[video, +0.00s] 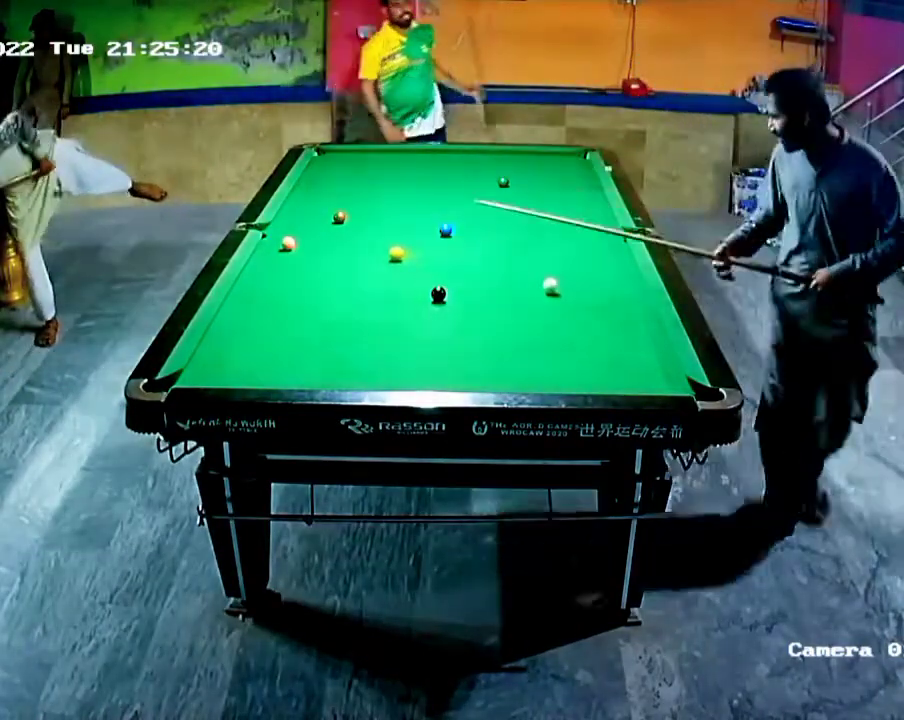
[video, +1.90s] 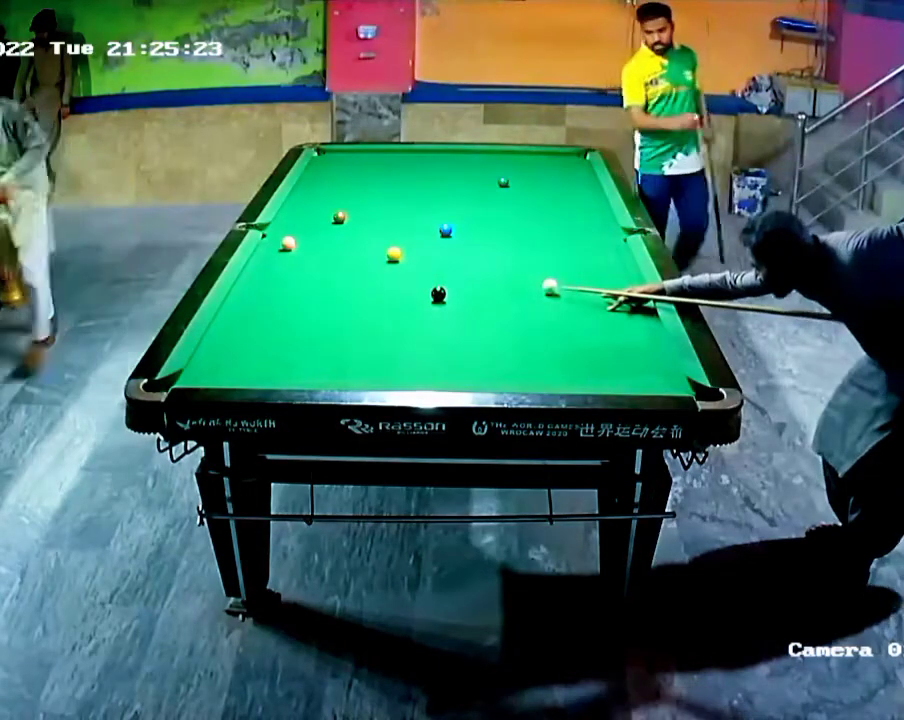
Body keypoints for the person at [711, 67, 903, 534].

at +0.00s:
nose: (770, 126)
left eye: (778, 116)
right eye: (768, 116)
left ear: (809, 113)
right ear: (780, 114)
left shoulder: (865, 167)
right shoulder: (783, 158)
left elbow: (897, 242)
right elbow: (777, 211)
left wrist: (845, 269)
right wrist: (740, 244)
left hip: (844, 322)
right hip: (791, 313)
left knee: (834, 422)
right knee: (778, 415)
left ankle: (804, 476)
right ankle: (782, 504)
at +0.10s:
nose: (777, 125)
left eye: (785, 116)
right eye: (775, 115)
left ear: (816, 115)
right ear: (796, 116)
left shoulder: (870, 170)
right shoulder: (789, 161)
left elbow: (903, 247)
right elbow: (774, 214)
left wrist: (850, 275)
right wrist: (733, 242)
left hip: (852, 328)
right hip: (796, 318)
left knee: (844, 440)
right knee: (782, 423)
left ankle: (834, 534)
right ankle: (778, 519)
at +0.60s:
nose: (809, 158)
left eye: (816, 147)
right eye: (808, 147)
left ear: (846, 145)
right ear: (820, 148)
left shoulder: (894, 198)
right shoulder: (832, 193)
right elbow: (786, 238)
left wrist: (890, 313)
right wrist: (720, 272)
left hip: (898, 343)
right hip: (865, 330)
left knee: (870, 454)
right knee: (833, 432)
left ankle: (859, 566)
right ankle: (837, 524)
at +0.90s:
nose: (783, 211)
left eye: (788, 199)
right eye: (780, 200)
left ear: (816, 192)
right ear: (803, 198)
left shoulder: (880, 234)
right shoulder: (813, 230)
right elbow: (751, 257)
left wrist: (894, 324)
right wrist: (681, 285)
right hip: (886, 339)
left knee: (878, 442)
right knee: (854, 423)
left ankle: (866, 545)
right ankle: (859, 527)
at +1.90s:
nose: (770, 277)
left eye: (773, 269)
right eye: (766, 269)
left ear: (795, 256)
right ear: (780, 258)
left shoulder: (868, 257)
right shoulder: (802, 266)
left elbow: (903, 231)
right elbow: (733, 283)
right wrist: (659, 287)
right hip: (885, 365)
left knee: (874, 484)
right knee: (833, 451)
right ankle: (863, 546)